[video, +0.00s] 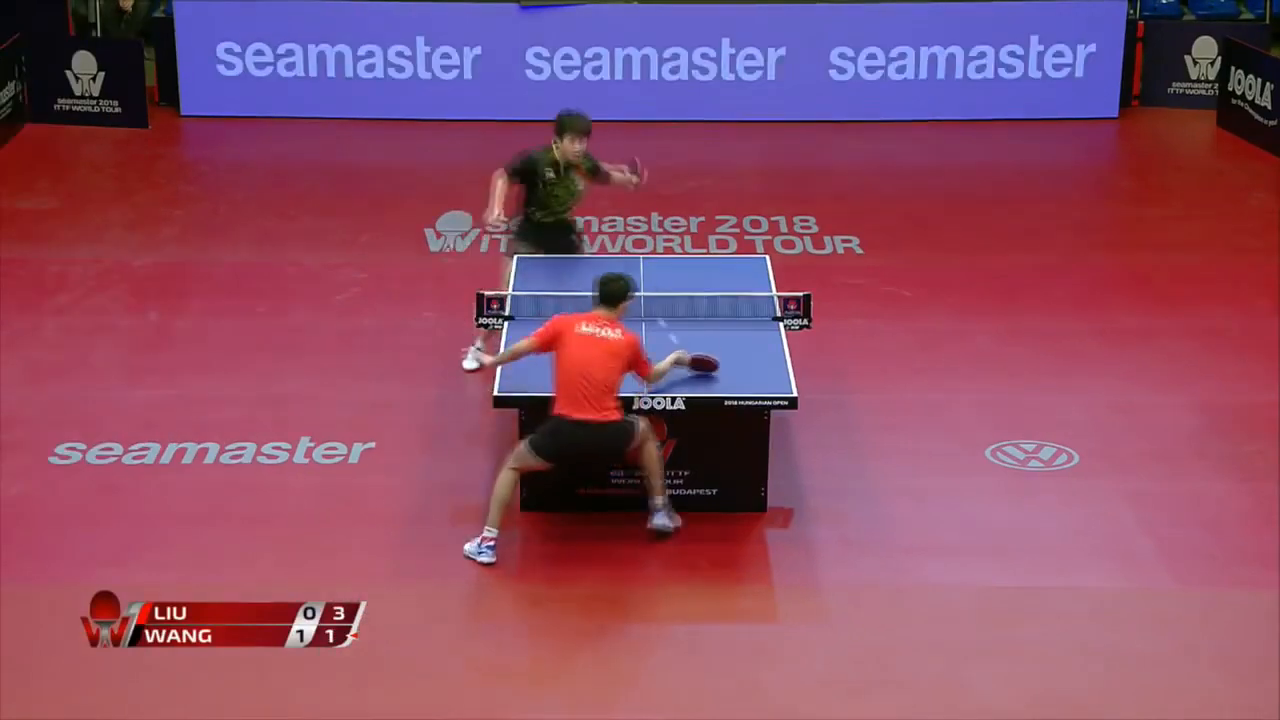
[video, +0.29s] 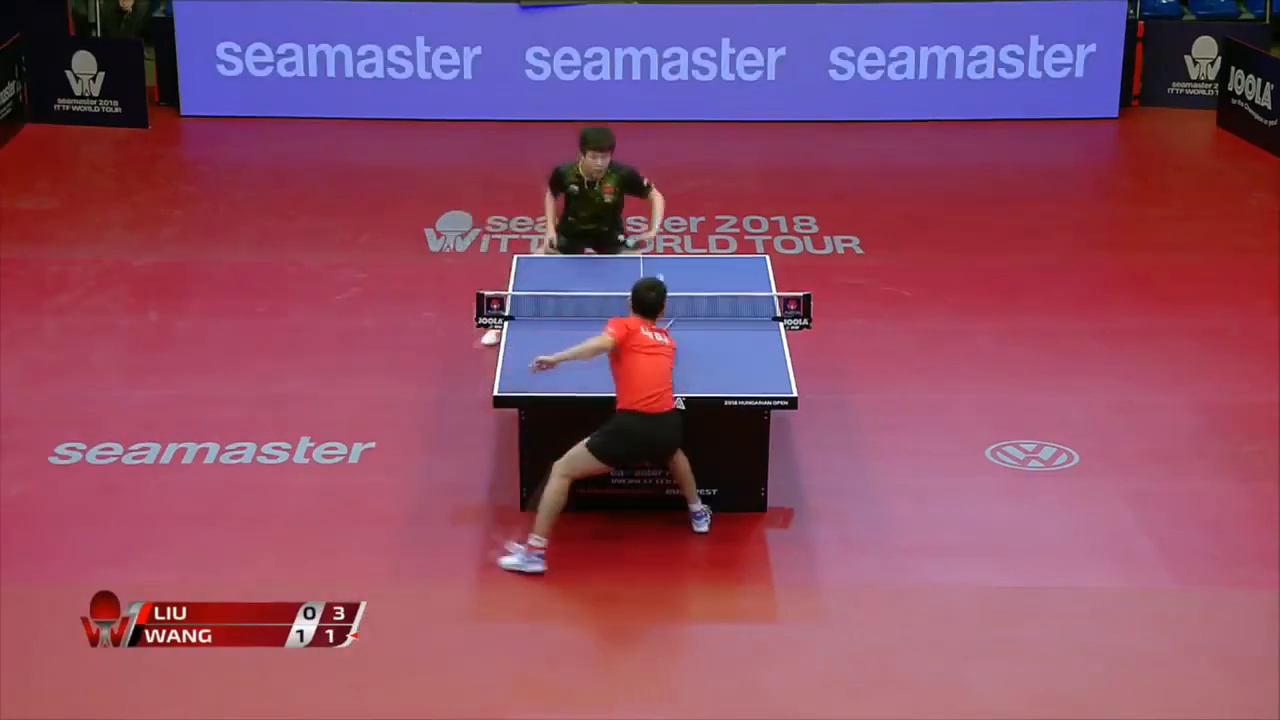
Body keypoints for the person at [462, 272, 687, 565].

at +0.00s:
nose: (628, 306)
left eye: (627, 300)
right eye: (628, 301)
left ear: (596, 298)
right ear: (623, 303)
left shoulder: (564, 324)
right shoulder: (628, 340)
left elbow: (521, 349)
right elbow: (652, 377)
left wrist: (491, 360)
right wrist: (674, 359)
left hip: (564, 429)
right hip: (609, 432)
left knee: (512, 465)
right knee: (645, 432)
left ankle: (486, 542)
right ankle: (660, 512)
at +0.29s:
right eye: (663, 303)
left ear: (632, 303)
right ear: (662, 309)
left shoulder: (622, 326)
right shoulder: (667, 340)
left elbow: (602, 344)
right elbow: (663, 370)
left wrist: (556, 358)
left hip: (629, 427)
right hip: (667, 428)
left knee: (562, 470)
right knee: (674, 452)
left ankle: (535, 550)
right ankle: (698, 513)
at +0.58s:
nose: (604, 326)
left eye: (604, 321)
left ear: (604, 324)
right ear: (634, 324)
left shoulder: (598, 357)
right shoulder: (661, 359)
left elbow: (595, 396)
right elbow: (693, 400)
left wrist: (553, 429)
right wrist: (683, 389)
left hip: (618, 456)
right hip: (663, 455)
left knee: (557, 504)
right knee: (684, 480)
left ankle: (533, 583)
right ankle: (722, 543)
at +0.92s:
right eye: (619, 340)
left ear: (590, 344)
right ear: (623, 346)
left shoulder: (567, 377)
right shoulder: (639, 387)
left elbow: (528, 403)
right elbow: (682, 415)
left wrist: (527, 425)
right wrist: (680, 397)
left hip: (562, 480)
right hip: (610, 482)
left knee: (512, 523)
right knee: (674, 511)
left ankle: (498, 602)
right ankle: (704, 596)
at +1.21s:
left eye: (546, 365)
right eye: (568, 367)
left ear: (540, 369)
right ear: (573, 371)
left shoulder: (523, 409)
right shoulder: (593, 410)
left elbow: (481, 447)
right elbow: (618, 449)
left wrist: (455, 458)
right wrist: (610, 429)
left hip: (540, 515)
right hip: (588, 517)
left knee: (478, 529)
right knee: (646, 567)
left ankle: (445, 608)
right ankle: (673, 631)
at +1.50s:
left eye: (528, 361)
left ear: (526, 365)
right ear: (560, 365)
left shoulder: (514, 401)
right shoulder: (583, 397)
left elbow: (503, 421)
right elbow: (614, 431)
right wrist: (590, 447)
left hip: (555, 506)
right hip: (601, 502)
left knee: (484, 528)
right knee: (627, 497)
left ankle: (445, 609)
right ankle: (665, 560)